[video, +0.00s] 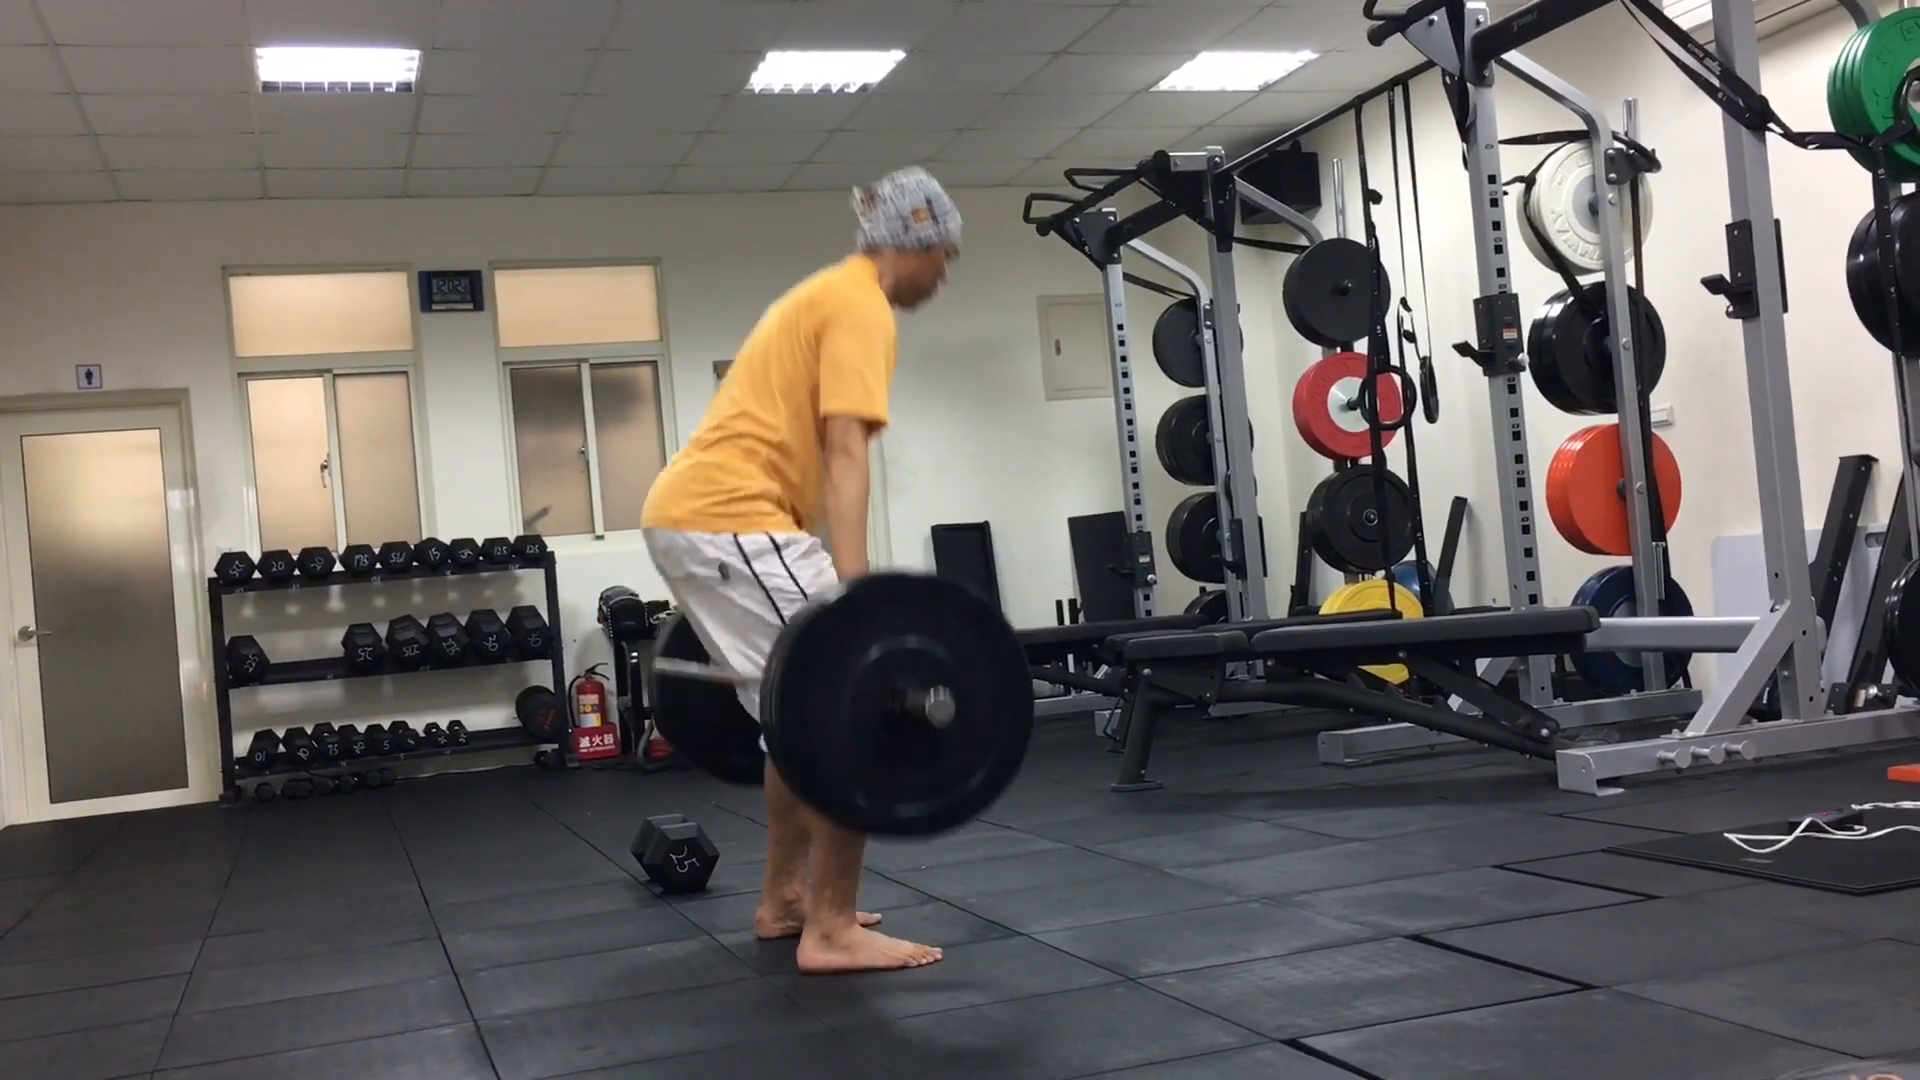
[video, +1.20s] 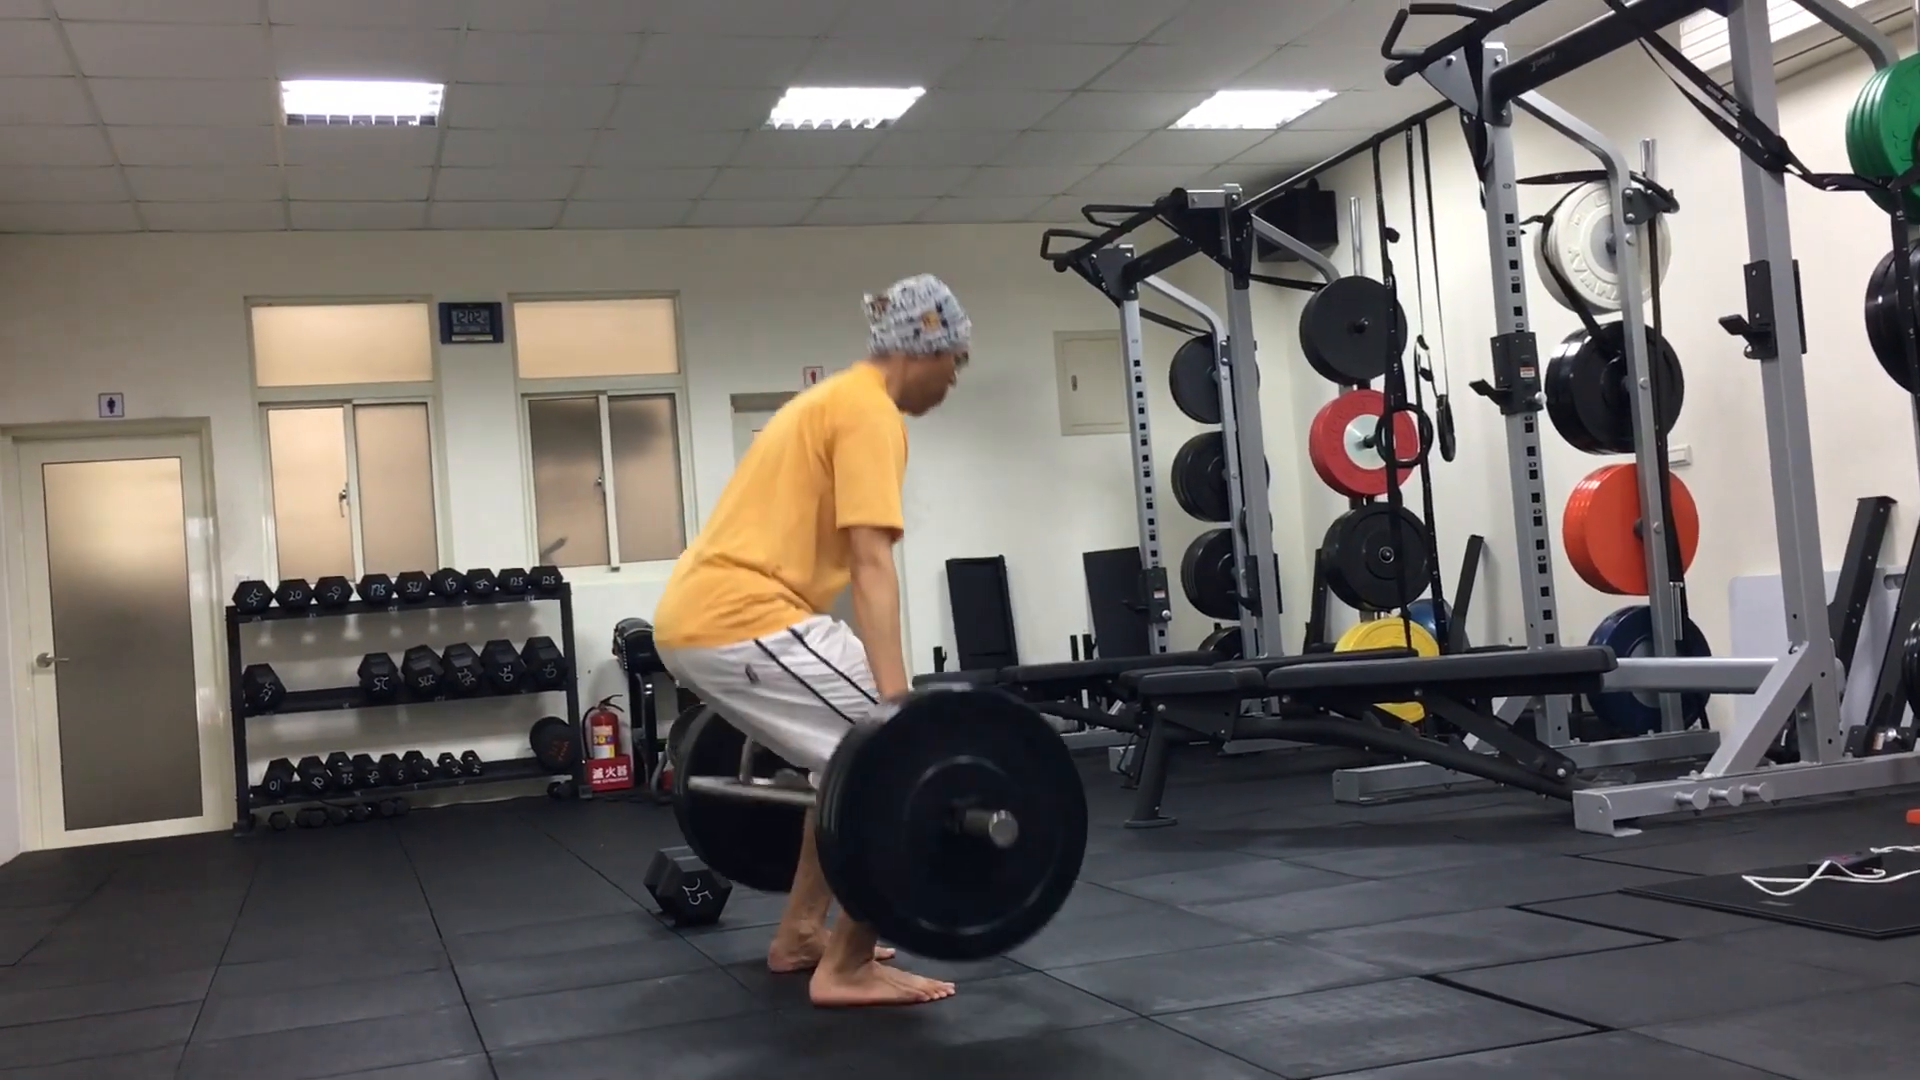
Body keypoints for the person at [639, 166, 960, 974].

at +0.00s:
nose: (944, 276)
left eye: (948, 259)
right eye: (944, 256)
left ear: (885, 238)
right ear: (913, 241)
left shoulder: (822, 295)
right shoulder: (856, 302)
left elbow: (806, 453)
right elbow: (844, 448)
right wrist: (855, 598)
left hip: (691, 511)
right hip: (734, 513)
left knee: (799, 699)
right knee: (846, 694)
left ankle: (785, 898)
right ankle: (834, 927)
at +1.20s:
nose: (953, 382)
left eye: (958, 366)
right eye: (954, 363)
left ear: (892, 346)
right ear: (922, 348)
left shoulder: (830, 400)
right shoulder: (867, 407)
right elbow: (871, 565)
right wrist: (896, 701)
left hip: (697, 614)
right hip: (742, 615)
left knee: (856, 745)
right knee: (891, 748)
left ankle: (800, 932)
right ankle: (849, 965)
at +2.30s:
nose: (970, 297)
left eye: (974, 279)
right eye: (970, 276)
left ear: (911, 258)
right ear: (940, 263)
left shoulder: (850, 321)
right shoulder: (880, 327)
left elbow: (839, 483)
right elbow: (869, 476)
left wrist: (863, 622)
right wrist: (881, 625)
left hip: (736, 548)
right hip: (772, 550)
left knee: (837, 729)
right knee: (880, 728)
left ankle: (812, 933)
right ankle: (857, 964)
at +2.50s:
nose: (937, 220)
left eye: (940, 204)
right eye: (935, 202)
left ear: (869, 187)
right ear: (904, 190)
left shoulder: (818, 256)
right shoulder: (853, 254)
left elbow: (794, 401)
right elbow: (844, 391)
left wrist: (836, 531)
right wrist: (873, 536)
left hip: (758, 526)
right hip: (800, 528)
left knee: (781, 741)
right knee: (829, 742)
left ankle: (804, 936)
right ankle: (851, 964)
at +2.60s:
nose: (919, 212)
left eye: (921, 196)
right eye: (917, 194)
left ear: (854, 178)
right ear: (886, 180)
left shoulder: (804, 248)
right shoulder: (837, 248)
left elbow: (798, 400)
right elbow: (841, 387)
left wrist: (831, 526)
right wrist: (862, 524)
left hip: (773, 530)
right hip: (815, 532)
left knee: (779, 743)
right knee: (824, 744)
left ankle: (801, 938)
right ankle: (849, 965)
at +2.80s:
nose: (918, 208)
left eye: (919, 192)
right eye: (915, 191)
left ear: (853, 179)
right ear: (882, 181)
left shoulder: (800, 254)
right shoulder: (832, 253)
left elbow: (795, 408)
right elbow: (840, 398)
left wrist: (825, 532)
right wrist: (865, 535)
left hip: (775, 533)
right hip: (818, 534)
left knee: (785, 741)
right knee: (831, 742)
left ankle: (801, 937)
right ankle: (849, 966)